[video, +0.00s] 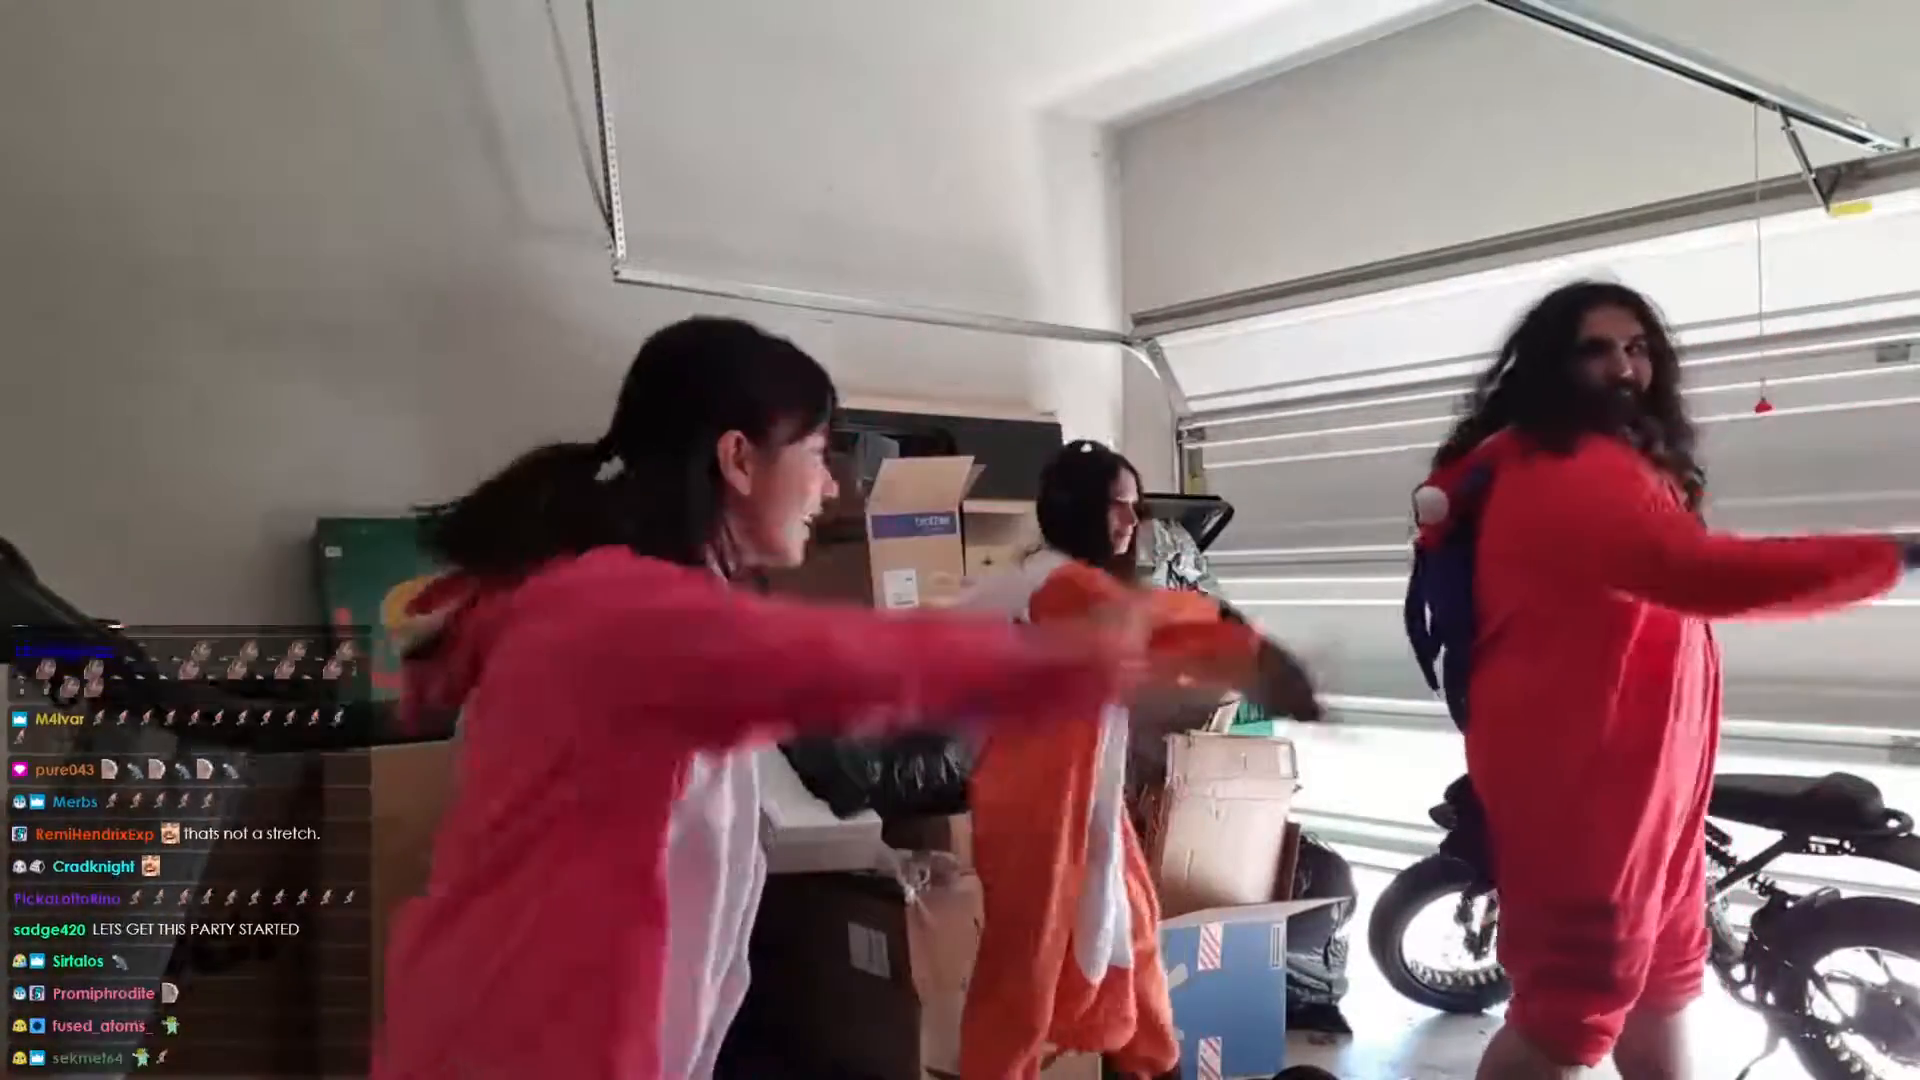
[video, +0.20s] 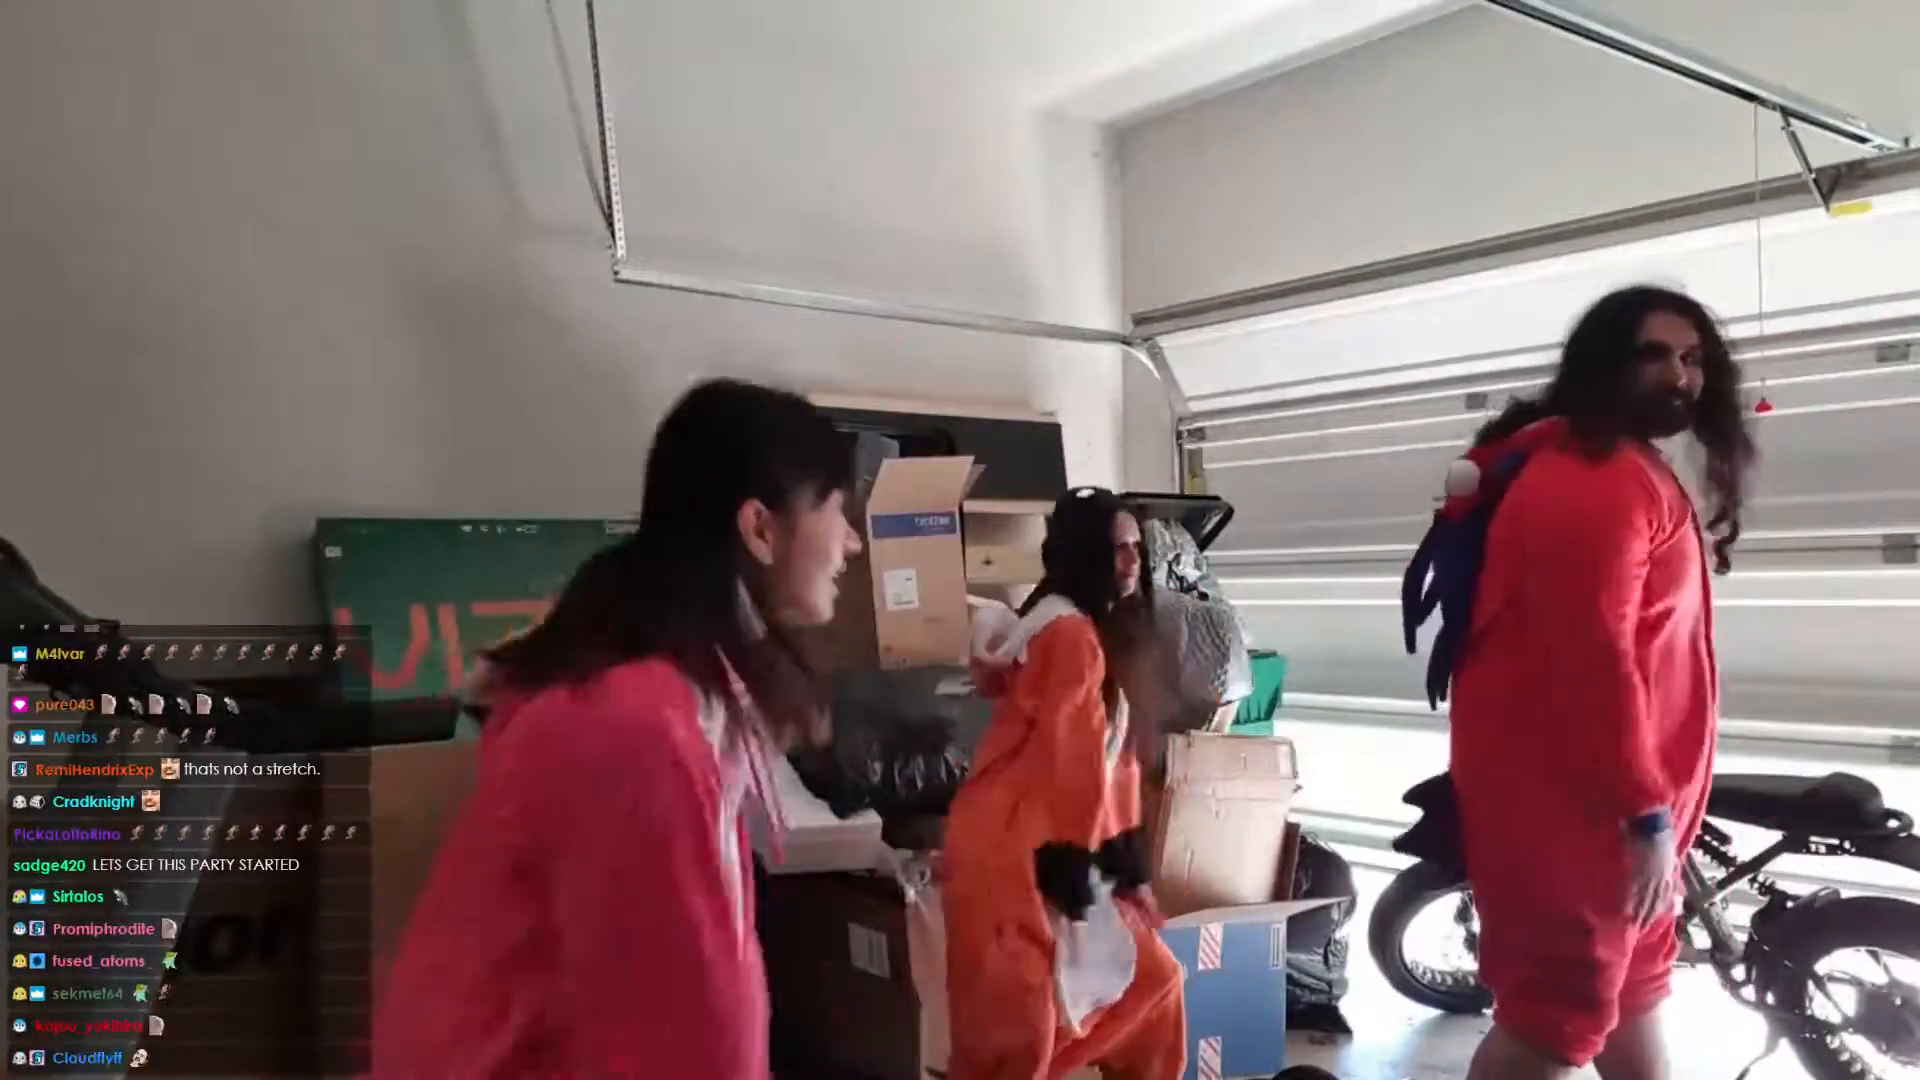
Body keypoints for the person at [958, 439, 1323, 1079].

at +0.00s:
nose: (1132, 521)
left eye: (1135, 507)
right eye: (1118, 506)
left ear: (1137, 510)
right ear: (1078, 510)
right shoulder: (1064, 585)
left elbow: (1191, 622)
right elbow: (1151, 620)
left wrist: (1257, 659)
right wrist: (1248, 651)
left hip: (1091, 804)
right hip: (1037, 806)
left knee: (1129, 927)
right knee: (1028, 959)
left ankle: (1142, 1061)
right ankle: (1002, 1068)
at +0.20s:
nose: (1133, 563)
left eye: (1136, 549)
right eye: (1119, 549)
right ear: (1084, 551)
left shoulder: (1080, 628)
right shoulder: (1068, 631)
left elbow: (1112, 752)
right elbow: (1070, 755)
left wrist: (1126, 867)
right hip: (1004, 843)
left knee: (1154, 974)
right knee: (1021, 1013)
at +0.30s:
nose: (1113, 531)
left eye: (1119, 518)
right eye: (1099, 518)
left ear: (1124, 521)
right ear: (1063, 522)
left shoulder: (1082, 599)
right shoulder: (1057, 600)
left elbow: (1153, 685)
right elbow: (1128, 698)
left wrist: (1225, 759)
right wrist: (1227, 774)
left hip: (1081, 825)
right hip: (1031, 823)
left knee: (1163, 971)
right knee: (1034, 980)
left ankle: (1155, 1073)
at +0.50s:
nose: (1105, 539)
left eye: (1109, 525)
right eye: (1090, 526)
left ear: (1111, 529)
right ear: (1053, 532)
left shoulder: (1086, 605)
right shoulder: (1043, 609)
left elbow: (1159, 571)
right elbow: (1155, 591)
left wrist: (1237, 498)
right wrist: (1241, 503)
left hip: (1143, 805)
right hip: (1084, 813)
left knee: (1197, 971)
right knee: (1067, 981)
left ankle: (1158, 1071)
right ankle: (1019, 1064)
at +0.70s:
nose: (1110, 540)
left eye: (1114, 526)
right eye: (1096, 527)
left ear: (1117, 527)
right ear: (1057, 532)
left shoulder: (1096, 598)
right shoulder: (1052, 608)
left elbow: (1161, 552)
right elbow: (1159, 596)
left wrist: (1228, 507)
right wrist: (1265, 528)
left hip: (1138, 798)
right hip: (1083, 814)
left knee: (1193, 964)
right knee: (1094, 972)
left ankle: (1185, 1071)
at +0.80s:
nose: (1120, 518)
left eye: (1123, 507)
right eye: (1109, 505)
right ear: (1073, 509)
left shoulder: (1064, 586)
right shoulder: (1063, 586)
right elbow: (1157, 624)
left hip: (1099, 789)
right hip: (1054, 794)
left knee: (1158, 923)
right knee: (1054, 941)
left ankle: (1162, 1063)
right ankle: (1020, 1063)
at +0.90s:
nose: (1141, 536)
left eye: (1145, 521)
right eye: (1128, 520)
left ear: (1146, 524)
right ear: (1088, 523)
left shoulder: (1082, 596)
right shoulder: (1075, 600)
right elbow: (1139, 685)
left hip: (1074, 819)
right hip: (1021, 822)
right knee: (1019, 995)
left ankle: (1142, 1065)